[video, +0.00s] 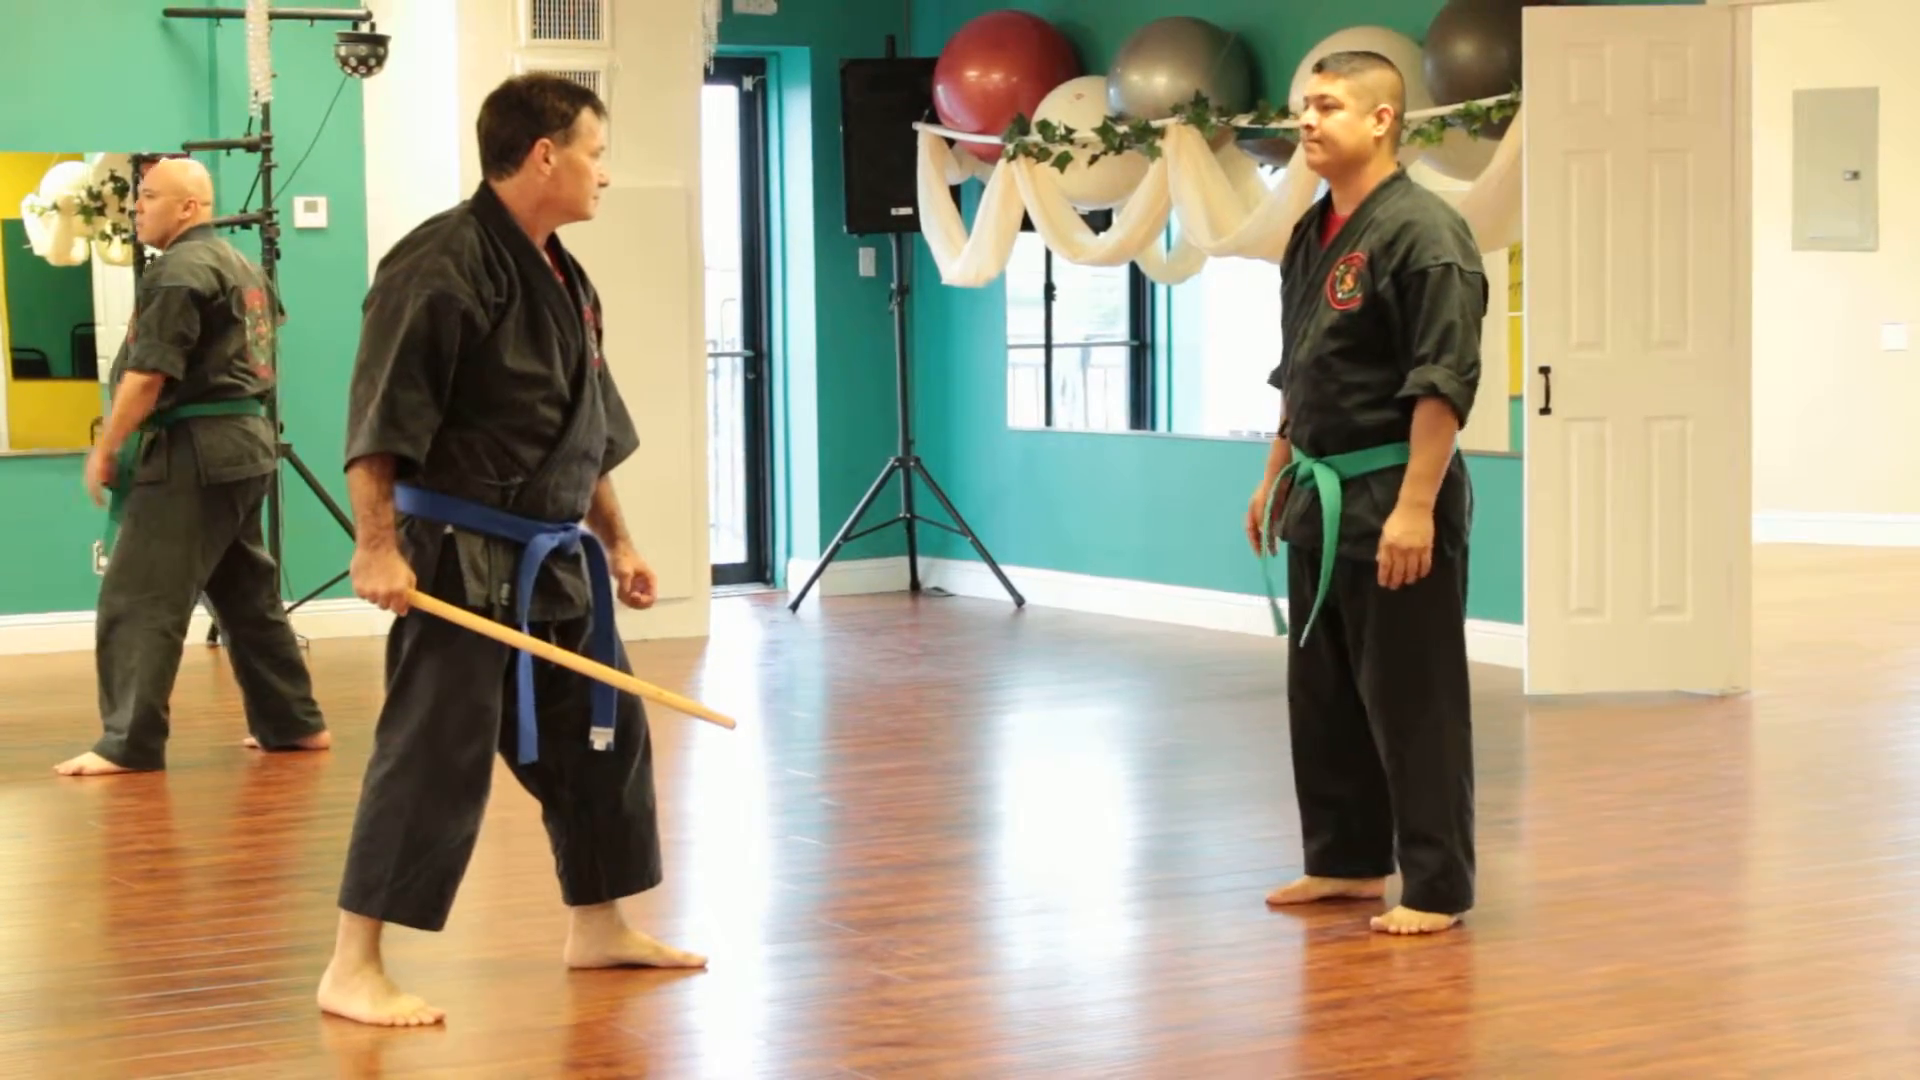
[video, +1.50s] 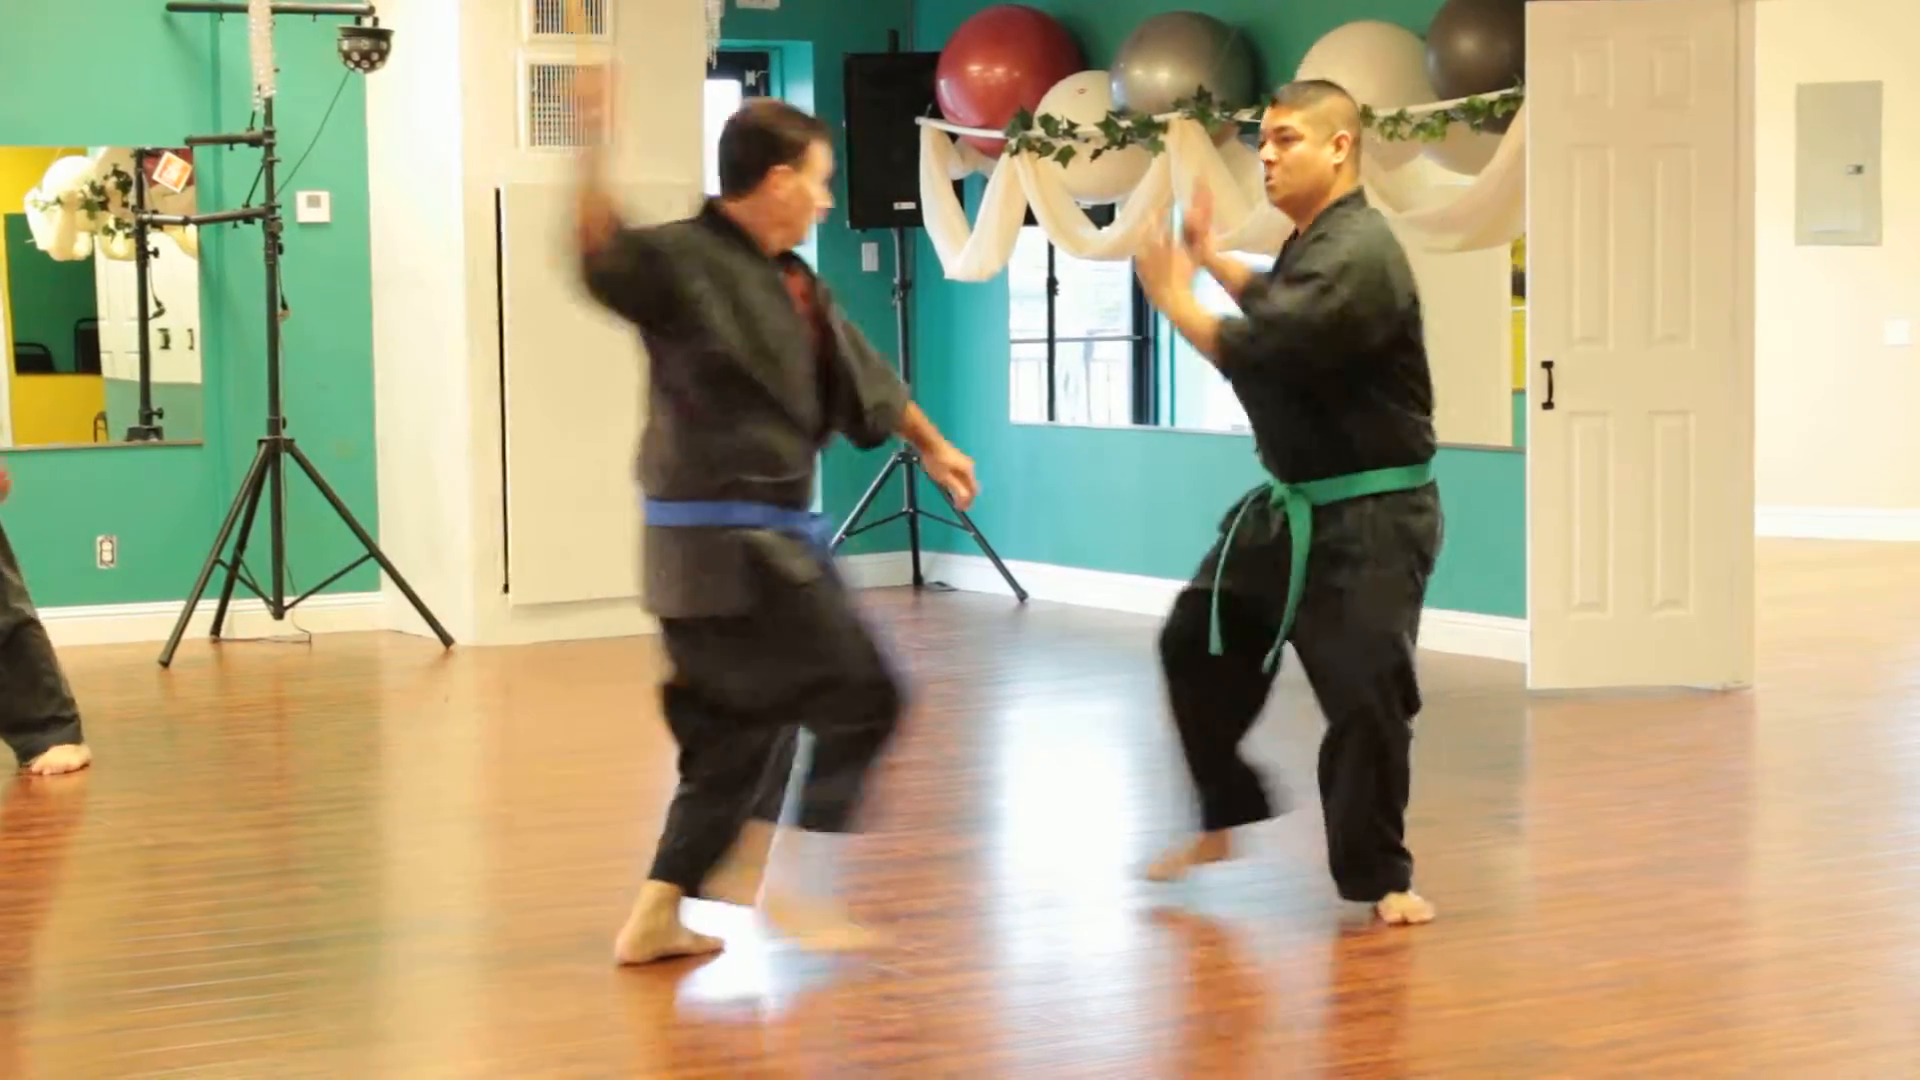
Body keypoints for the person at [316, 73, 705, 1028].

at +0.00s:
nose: (605, 175)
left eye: (604, 156)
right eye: (596, 156)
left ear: (548, 158)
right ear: (543, 156)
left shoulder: (564, 276)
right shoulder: (439, 261)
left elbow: (580, 428)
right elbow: (376, 409)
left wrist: (618, 539)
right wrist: (375, 542)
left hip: (559, 546)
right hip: (459, 543)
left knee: (600, 727)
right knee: (427, 747)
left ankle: (598, 928)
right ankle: (352, 967)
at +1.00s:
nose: (619, 184)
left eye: (618, 165)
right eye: (610, 164)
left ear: (561, 164)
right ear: (559, 164)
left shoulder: (581, 284)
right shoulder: (447, 267)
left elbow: (617, 424)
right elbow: (376, 407)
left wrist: (679, 527)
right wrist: (378, 540)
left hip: (563, 546)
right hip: (463, 545)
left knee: (641, 702)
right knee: (444, 747)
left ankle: (611, 908)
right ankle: (354, 966)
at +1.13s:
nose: (648, 194)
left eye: (647, 175)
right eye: (638, 175)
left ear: (591, 176)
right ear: (588, 175)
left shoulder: (621, 288)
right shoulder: (478, 272)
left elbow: (682, 404)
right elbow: (365, 382)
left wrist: (757, 489)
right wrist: (350, 489)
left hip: (590, 547)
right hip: (494, 541)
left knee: (672, 700)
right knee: (468, 742)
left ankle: (639, 911)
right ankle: (356, 965)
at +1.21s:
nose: (677, 201)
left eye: (677, 184)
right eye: (668, 183)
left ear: (629, 183)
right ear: (616, 181)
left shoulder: (661, 290)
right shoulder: (515, 270)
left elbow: (733, 397)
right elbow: (413, 326)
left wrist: (821, 471)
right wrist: (357, 381)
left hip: (631, 558)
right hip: (534, 553)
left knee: (699, 712)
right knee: (491, 738)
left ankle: (653, 921)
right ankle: (357, 957)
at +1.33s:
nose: (731, 201)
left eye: (732, 185)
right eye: (724, 184)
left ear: (683, 183)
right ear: (677, 182)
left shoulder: (721, 283)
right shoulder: (576, 271)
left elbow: (797, 369)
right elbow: (429, 322)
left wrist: (880, 439)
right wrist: (405, 268)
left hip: (698, 545)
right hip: (611, 542)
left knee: (737, 724)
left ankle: (655, 920)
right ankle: (444, 893)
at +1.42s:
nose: (779, 202)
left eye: (780, 184)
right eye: (771, 184)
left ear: (726, 183)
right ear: (722, 183)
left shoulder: (760, 280)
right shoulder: (627, 265)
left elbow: (832, 365)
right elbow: (499, 283)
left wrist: (910, 432)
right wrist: (483, 184)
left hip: (745, 540)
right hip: (662, 541)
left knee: (745, 728)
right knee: (739, 728)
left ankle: (656, 917)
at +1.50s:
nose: (826, 198)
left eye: (826, 182)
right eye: (817, 179)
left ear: (771, 182)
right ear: (769, 177)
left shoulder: (795, 284)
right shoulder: (685, 254)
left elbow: (861, 376)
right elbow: (604, 257)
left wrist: (931, 446)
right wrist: (592, 148)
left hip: (752, 535)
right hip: (725, 538)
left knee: (736, 730)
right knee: (862, 694)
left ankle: (655, 916)